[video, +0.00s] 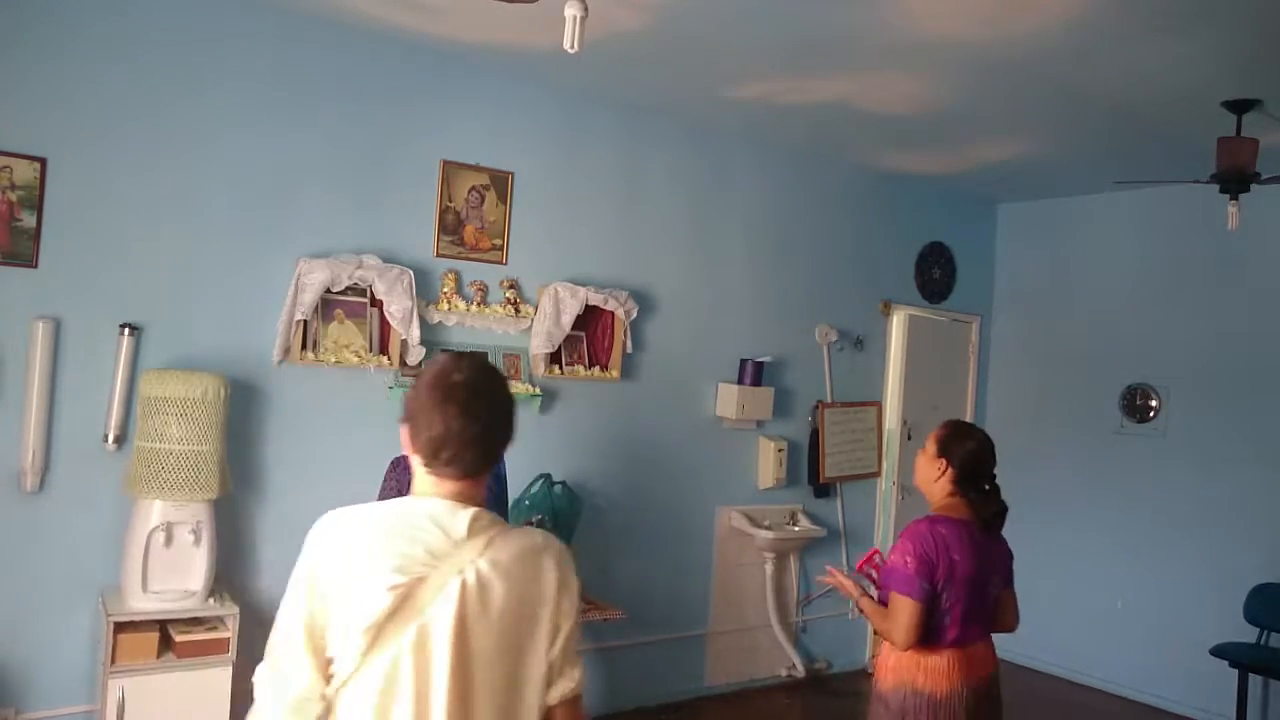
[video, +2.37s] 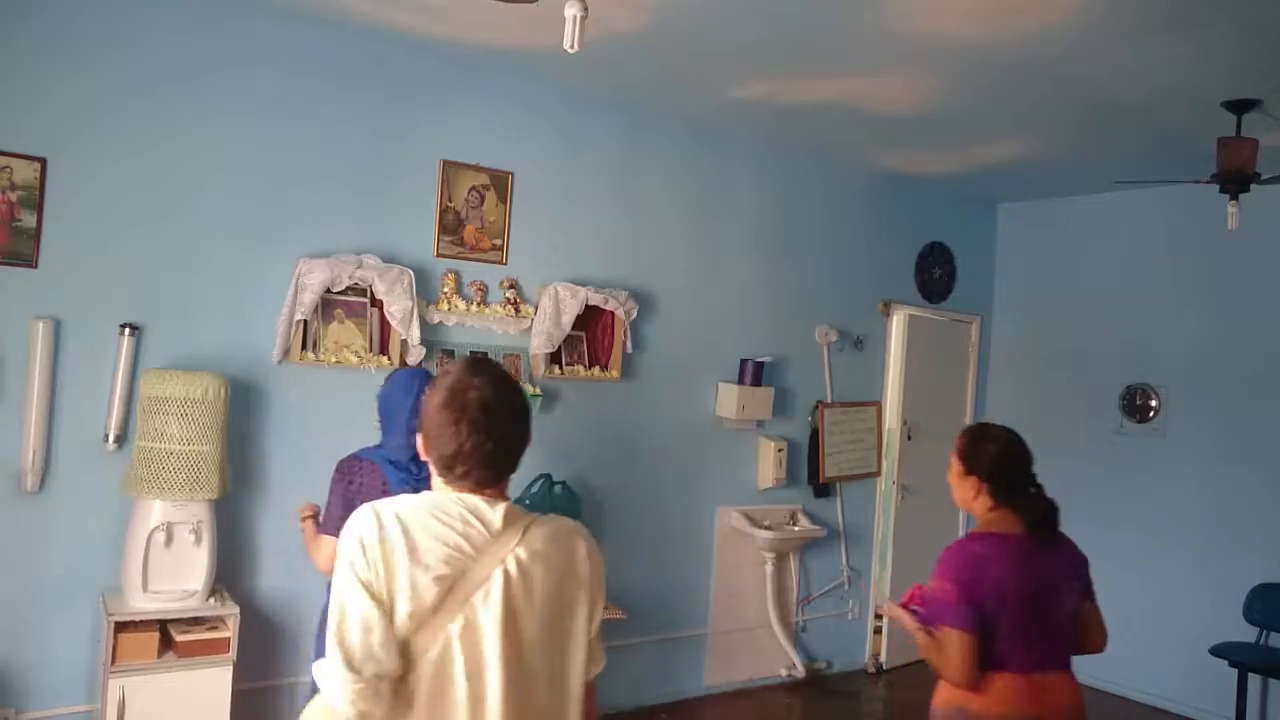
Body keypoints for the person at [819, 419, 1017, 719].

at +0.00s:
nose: (917, 458)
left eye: (923, 451)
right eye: (921, 450)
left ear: (942, 467)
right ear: (979, 472)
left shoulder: (921, 536)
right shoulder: (993, 538)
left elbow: (901, 634)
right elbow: (1006, 619)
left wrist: (858, 596)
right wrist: (951, 614)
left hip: (919, 677)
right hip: (977, 670)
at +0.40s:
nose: (911, 447)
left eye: (921, 441)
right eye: (918, 440)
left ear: (940, 460)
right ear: (945, 461)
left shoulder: (923, 524)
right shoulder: (976, 522)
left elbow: (912, 620)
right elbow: (991, 610)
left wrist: (859, 592)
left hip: (917, 662)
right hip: (968, 656)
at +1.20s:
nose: (898, 462)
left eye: (905, 453)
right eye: (902, 452)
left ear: (928, 468)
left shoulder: (899, 534)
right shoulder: (985, 542)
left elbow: (876, 635)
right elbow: (1006, 638)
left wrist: (842, 603)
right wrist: (946, 630)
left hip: (902, 687)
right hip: (968, 684)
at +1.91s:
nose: (899, 470)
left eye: (903, 462)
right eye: (902, 461)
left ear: (919, 477)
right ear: (965, 476)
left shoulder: (890, 549)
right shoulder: (1008, 549)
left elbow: (868, 655)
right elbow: (1042, 647)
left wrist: (851, 613)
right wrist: (979, 637)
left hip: (909, 699)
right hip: (990, 698)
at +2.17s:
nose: (917, 472)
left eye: (921, 464)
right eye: (919, 463)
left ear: (940, 478)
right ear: (985, 472)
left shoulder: (918, 550)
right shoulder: (1032, 546)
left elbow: (904, 661)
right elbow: (1066, 641)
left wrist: (881, 619)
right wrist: (999, 634)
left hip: (941, 700)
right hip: (1019, 697)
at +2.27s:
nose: (932, 476)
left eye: (937, 468)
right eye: (934, 467)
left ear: (957, 482)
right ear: (1001, 474)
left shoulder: (940, 555)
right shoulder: (1047, 547)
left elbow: (927, 667)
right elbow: (1079, 641)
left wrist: (896, 620)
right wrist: (1013, 637)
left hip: (960, 702)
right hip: (1037, 699)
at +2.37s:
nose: (949, 479)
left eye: (954, 471)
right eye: (950, 470)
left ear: (976, 485)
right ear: (1018, 477)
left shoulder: (962, 558)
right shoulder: (1063, 548)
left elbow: (961, 672)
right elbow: (1093, 639)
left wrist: (916, 631)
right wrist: (1026, 638)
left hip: (983, 704)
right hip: (1059, 701)